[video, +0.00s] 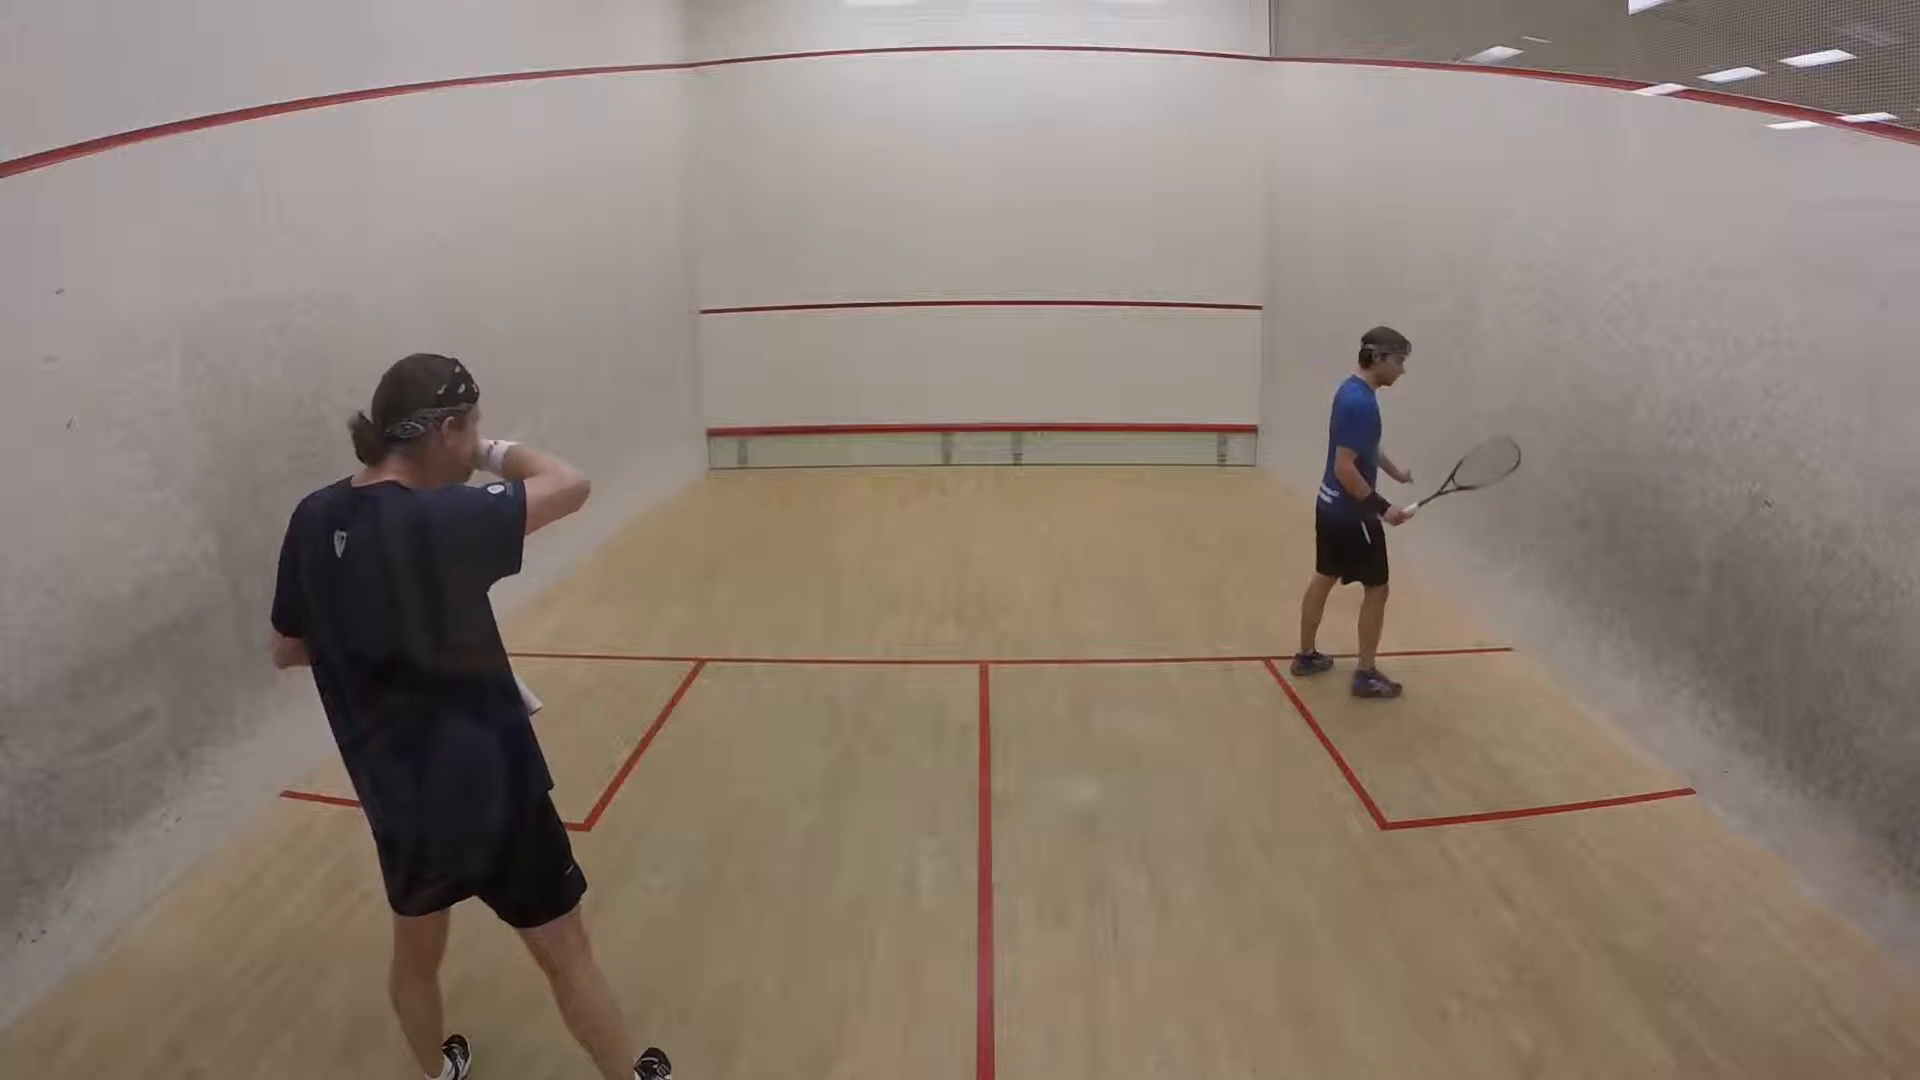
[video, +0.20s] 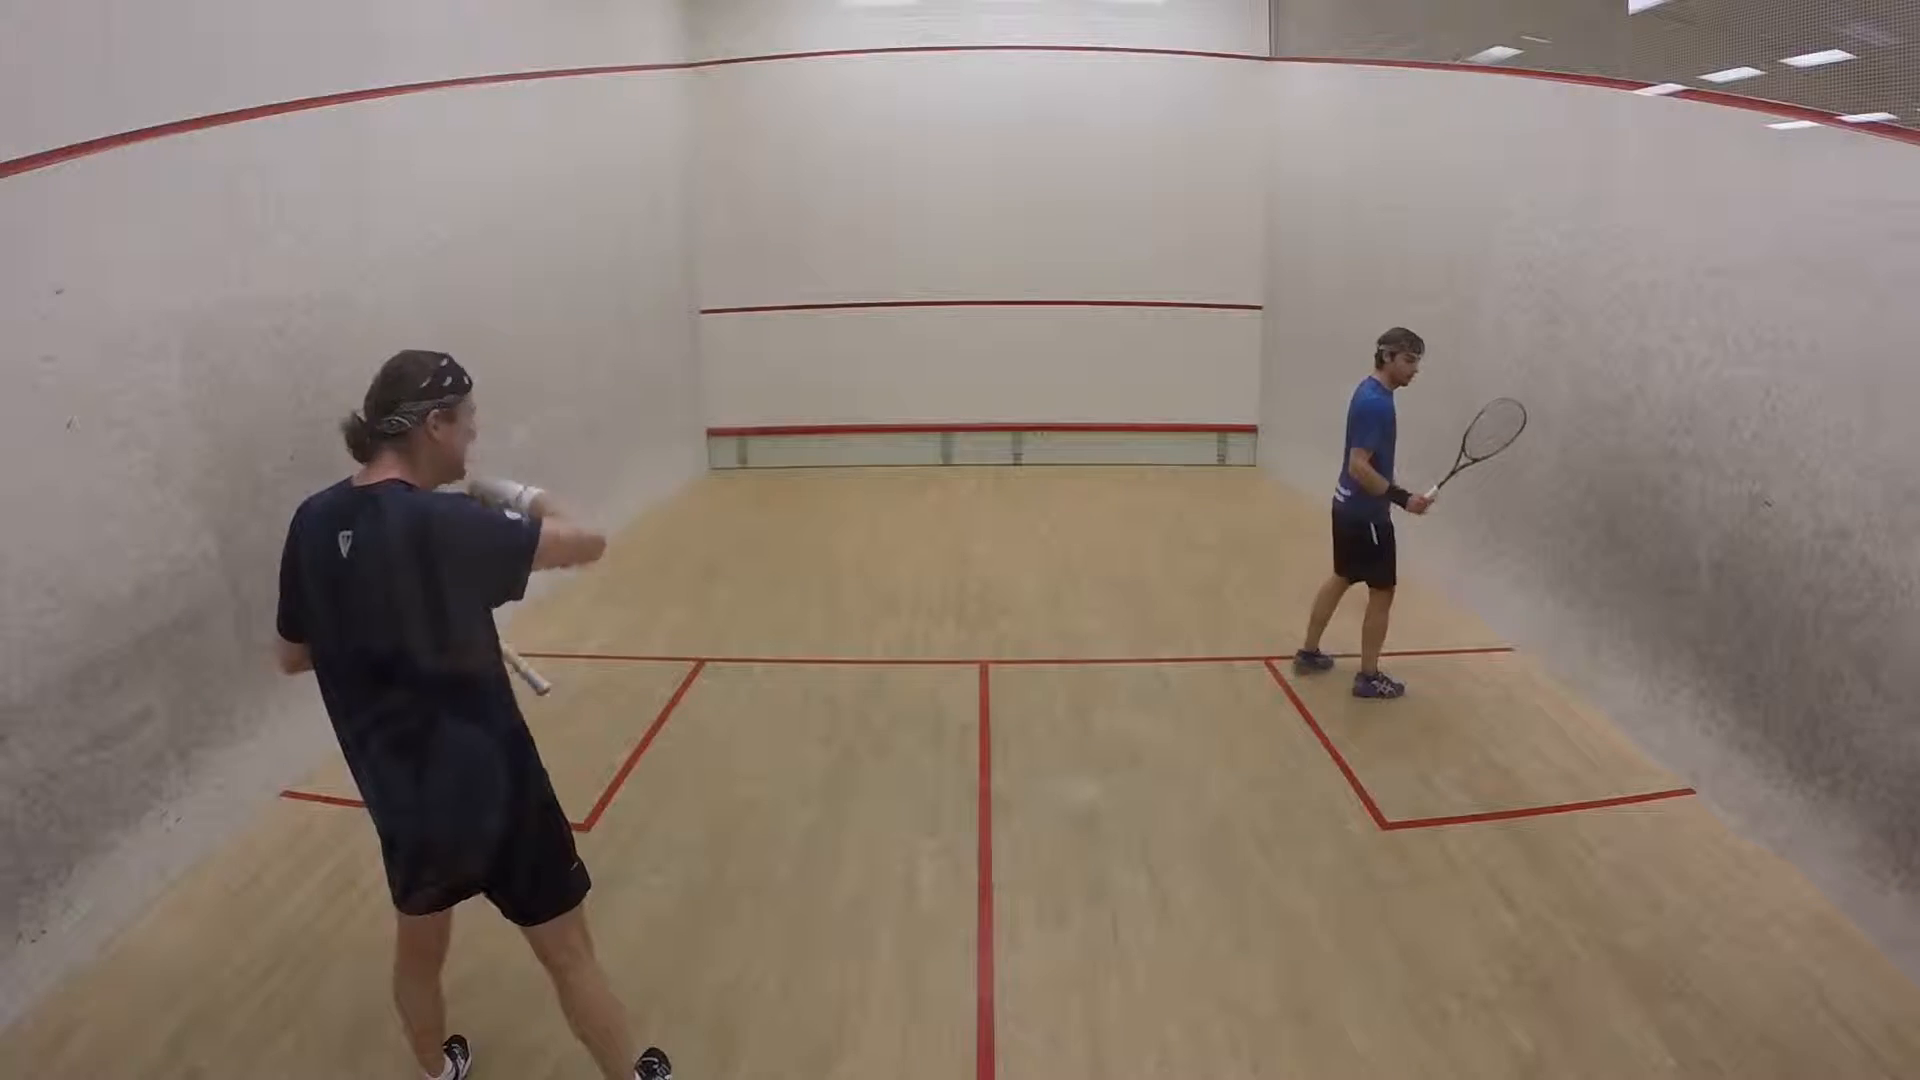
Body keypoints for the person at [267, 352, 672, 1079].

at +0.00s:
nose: (476, 443)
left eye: (475, 428)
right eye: (469, 429)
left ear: (384, 432)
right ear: (435, 432)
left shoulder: (316, 518)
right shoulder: (453, 517)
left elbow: (287, 648)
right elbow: (567, 485)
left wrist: (373, 623)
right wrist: (486, 449)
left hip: (400, 800)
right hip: (494, 788)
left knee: (416, 954)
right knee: (565, 954)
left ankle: (432, 1070)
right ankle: (629, 1073)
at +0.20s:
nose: (473, 436)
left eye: (471, 419)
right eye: (465, 420)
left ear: (383, 427)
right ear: (429, 424)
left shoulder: (315, 521)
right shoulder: (449, 524)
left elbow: (292, 655)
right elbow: (584, 542)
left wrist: (380, 614)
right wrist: (520, 497)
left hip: (401, 797)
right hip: (496, 785)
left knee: (419, 952)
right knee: (568, 953)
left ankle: (433, 1070)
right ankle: (630, 1071)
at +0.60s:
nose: (473, 412)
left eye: (467, 396)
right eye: (460, 400)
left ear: (390, 425)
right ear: (415, 421)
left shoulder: (322, 523)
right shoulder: (463, 524)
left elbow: (302, 659)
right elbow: (544, 674)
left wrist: (369, 607)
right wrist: (532, 633)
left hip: (408, 792)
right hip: (503, 780)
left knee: (420, 955)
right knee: (572, 949)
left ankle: (436, 1070)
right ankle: (632, 1070)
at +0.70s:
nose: (475, 410)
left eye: (469, 395)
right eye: (461, 399)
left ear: (395, 426)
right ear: (415, 422)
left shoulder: (323, 525)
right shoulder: (465, 524)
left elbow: (306, 659)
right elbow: (543, 674)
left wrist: (377, 613)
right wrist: (536, 630)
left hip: (410, 795)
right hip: (506, 783)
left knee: (421, 954)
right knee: (573, 949)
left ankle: (436, 1070)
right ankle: (631, 1071)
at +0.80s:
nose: (476, 408)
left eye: (469, 393)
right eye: (461, 398)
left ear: (397, 427)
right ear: (415, 423)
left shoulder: (324, 525)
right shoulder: (466, 523)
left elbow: (306, 660)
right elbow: (545, 674)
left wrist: (379, 617)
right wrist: (540, 633)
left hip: (410, 796)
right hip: (507, 784)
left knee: (420, 955)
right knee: (573, 949)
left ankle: (436, 1070)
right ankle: (632, 1070)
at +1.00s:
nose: (475, 407)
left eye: (467, 392)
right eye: (459, 397)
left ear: (398, 425)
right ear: (414, 423)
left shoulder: (324, 525)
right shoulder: (465, 524)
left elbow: (306, 663)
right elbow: (550, 672)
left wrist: (386, 642)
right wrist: (504, 623)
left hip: (408, 794)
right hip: (505, 782)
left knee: (420, 953)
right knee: (574, 951)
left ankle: (437, 1070)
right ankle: (632, 1070)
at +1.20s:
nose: (475, 408)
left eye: (469, 393)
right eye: (460, 397)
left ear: (396, 425)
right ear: (418, 423)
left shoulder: (325, 527)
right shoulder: (468, 526)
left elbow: (308, 668)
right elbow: (550, 674)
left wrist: (383, 675)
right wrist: (519, 621)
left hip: (409, 794)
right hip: (506, 782)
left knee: (421, 955)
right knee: (575, 953)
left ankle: (437, 1069)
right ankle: (632, 1070)